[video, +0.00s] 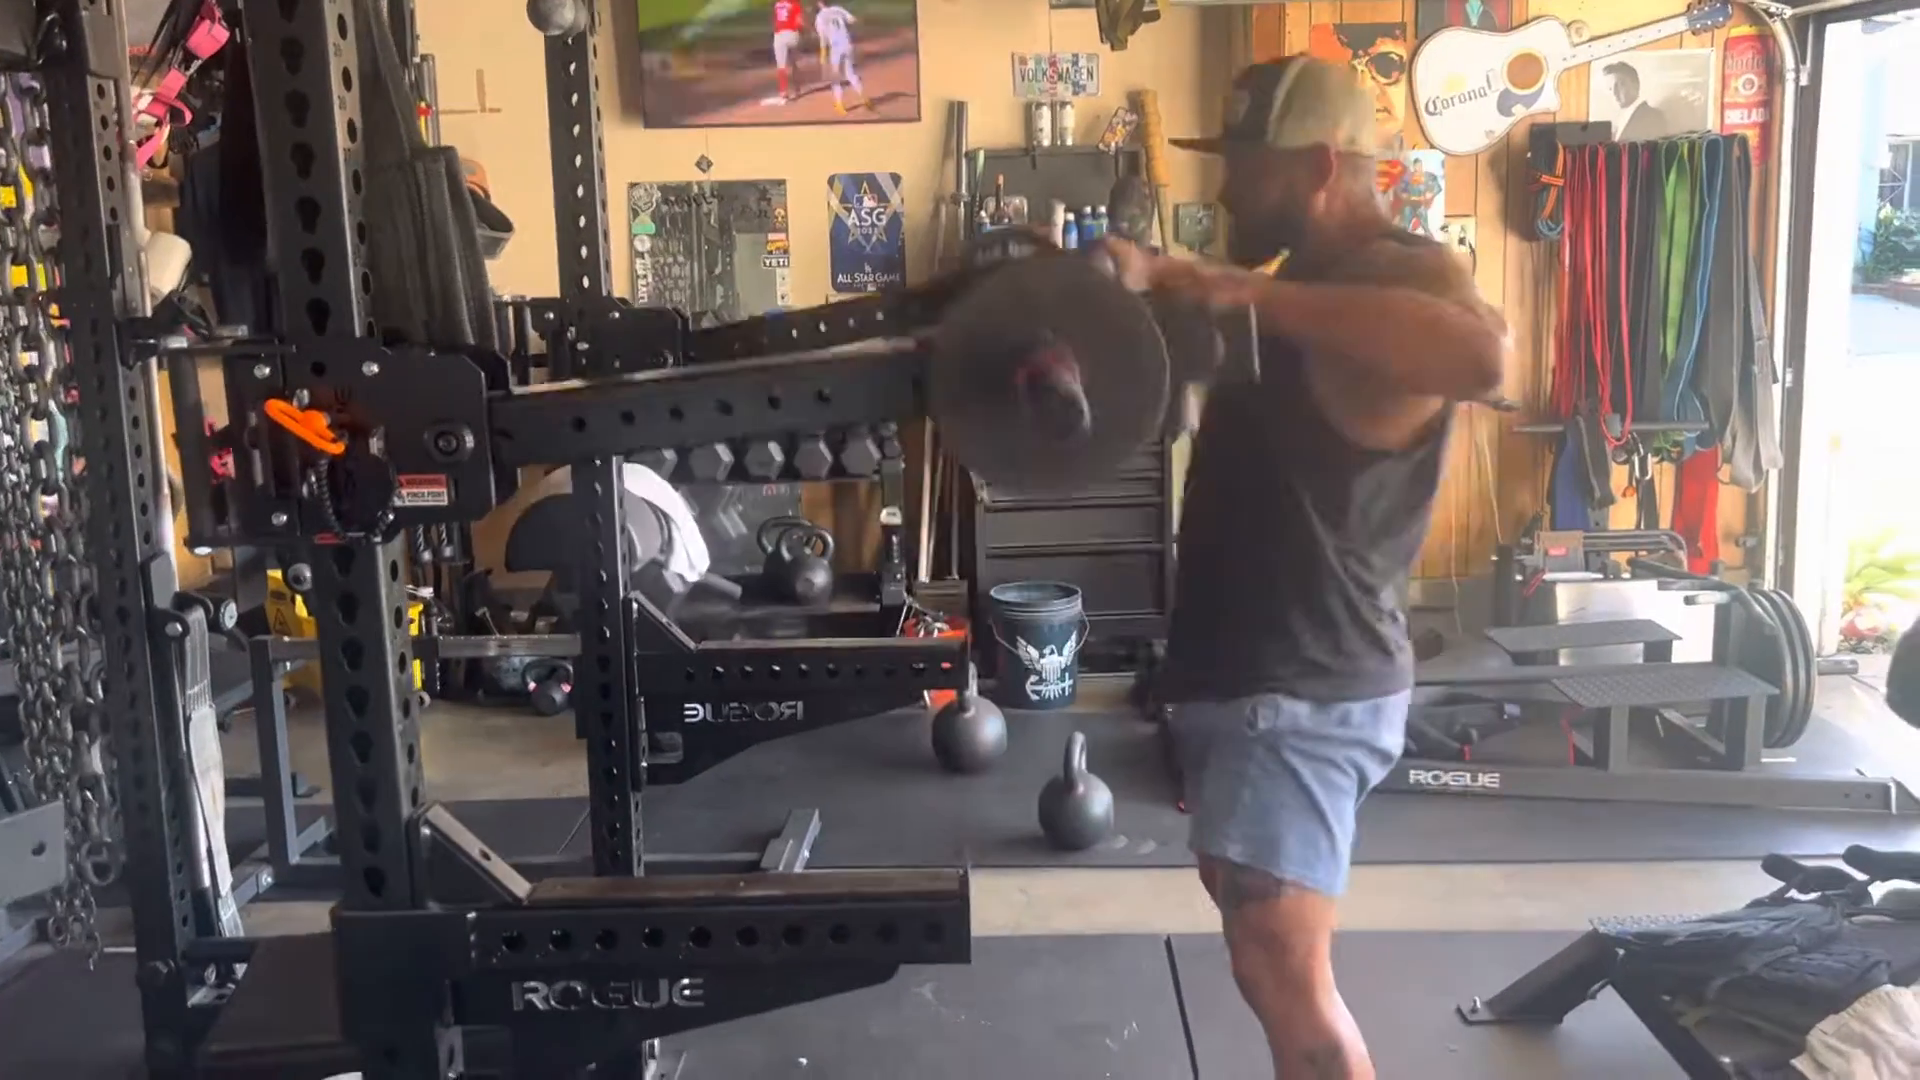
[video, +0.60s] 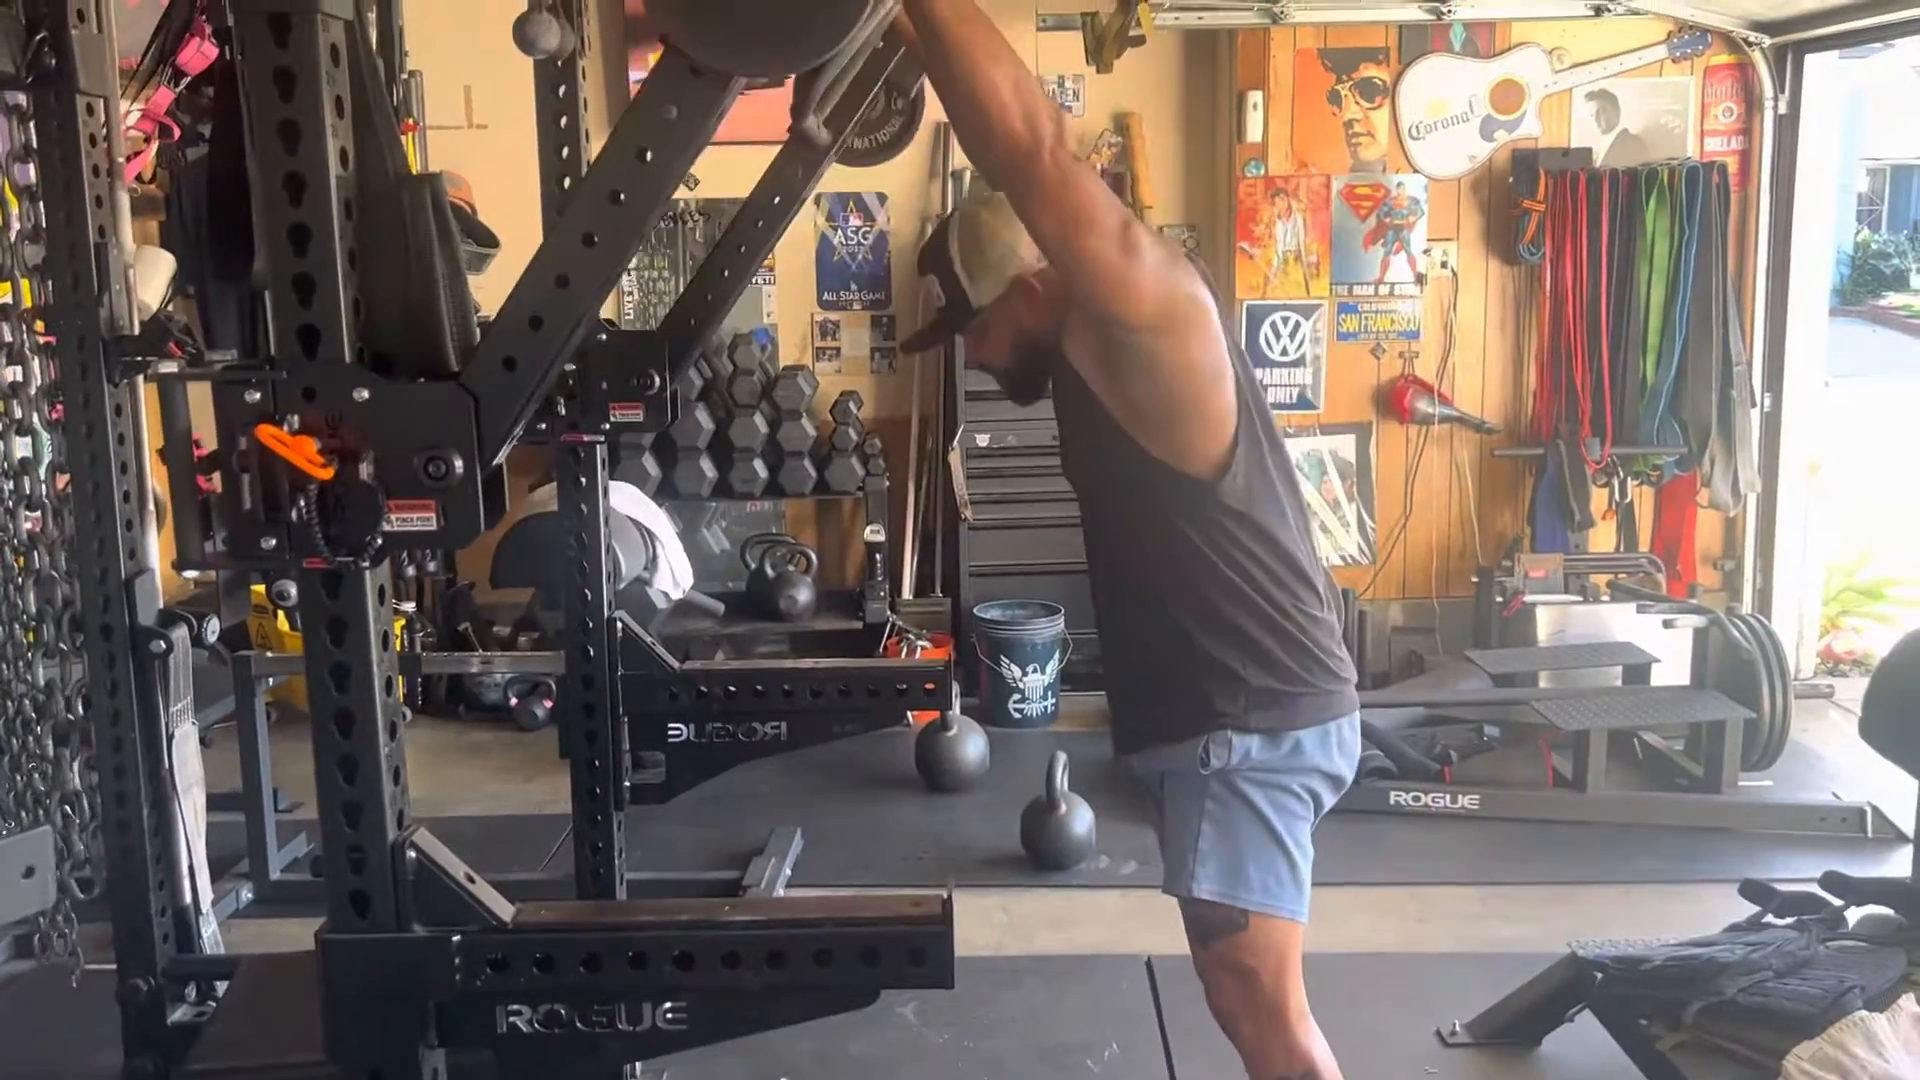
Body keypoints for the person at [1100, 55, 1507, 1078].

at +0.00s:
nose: (1223, 179)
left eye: (1244, 158)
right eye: (1225, 157)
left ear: (1320, 168)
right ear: (1313, 169)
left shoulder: (1402, 272)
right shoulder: (1297, 283)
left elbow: (1482, 356)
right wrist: (1118, 286)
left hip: (1302, 690)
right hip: (1249, 678)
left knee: (1285, 971)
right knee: (1275, 959)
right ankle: (1311, 1064)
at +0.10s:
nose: (1166, 203)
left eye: (1179, 180)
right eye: (1161, 181)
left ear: (1239, 176)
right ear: (1247, 175)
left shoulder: (1294, 278)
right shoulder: (1227, 282)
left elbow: (1395, 335)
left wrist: (1223, 231)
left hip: (1263, 701)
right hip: (1225, 691)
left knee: (1272, 988)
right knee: (1265, 978)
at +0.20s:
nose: (1069, 234)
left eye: (1084, 206)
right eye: (1066, 210)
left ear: (1143, 194)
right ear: (1128, 201)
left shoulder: (1244, 295)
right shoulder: (1163, 297)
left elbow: (1294, 290)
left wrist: (1125, 125)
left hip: (1253, 709)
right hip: (1213, 699)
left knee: (1264, 993)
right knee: (1255, 984)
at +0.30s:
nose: (1014, 270)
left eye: (1027, 242)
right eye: (1012, 246)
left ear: (1097, 229)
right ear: (1097, 227)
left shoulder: (1199, 298)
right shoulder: (1129, 309)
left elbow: (1178, 216)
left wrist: (1038, 45)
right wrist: (1032, 127)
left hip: (1245, 707)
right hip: (1209, 703)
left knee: (1262, 1001)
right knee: (1252, 987)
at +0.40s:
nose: (1003, 295)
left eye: (1013, 273)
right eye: (1000, 279)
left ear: (1067, 256)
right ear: (1063, 261)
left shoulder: (1173, 304)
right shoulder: (1107, 319)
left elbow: (1097, 174)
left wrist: (965, 15)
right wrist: (983, 273)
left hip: (1248, 714)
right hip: (1206, 709)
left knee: (1257, 994)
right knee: (1248, 983)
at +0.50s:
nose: (986, 338)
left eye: (990, 309)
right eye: (979, 318)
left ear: (1042, 273)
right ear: (1042, 274)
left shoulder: (1149, 296)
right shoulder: (1103, 314)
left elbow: (1038, 146)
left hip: (1251, 718)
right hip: (1208, 712)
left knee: (1260, 1003)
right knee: (1249, 991)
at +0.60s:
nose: (984, 357)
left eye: (981, 333)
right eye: (975, 342)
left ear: (1032, 283)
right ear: (1040, 283)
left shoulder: (1139, 297)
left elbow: (1022, 136)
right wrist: (917, 12)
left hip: (1253, 723)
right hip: (1217, 719)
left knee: (1261, 1007)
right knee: (1251, 995)